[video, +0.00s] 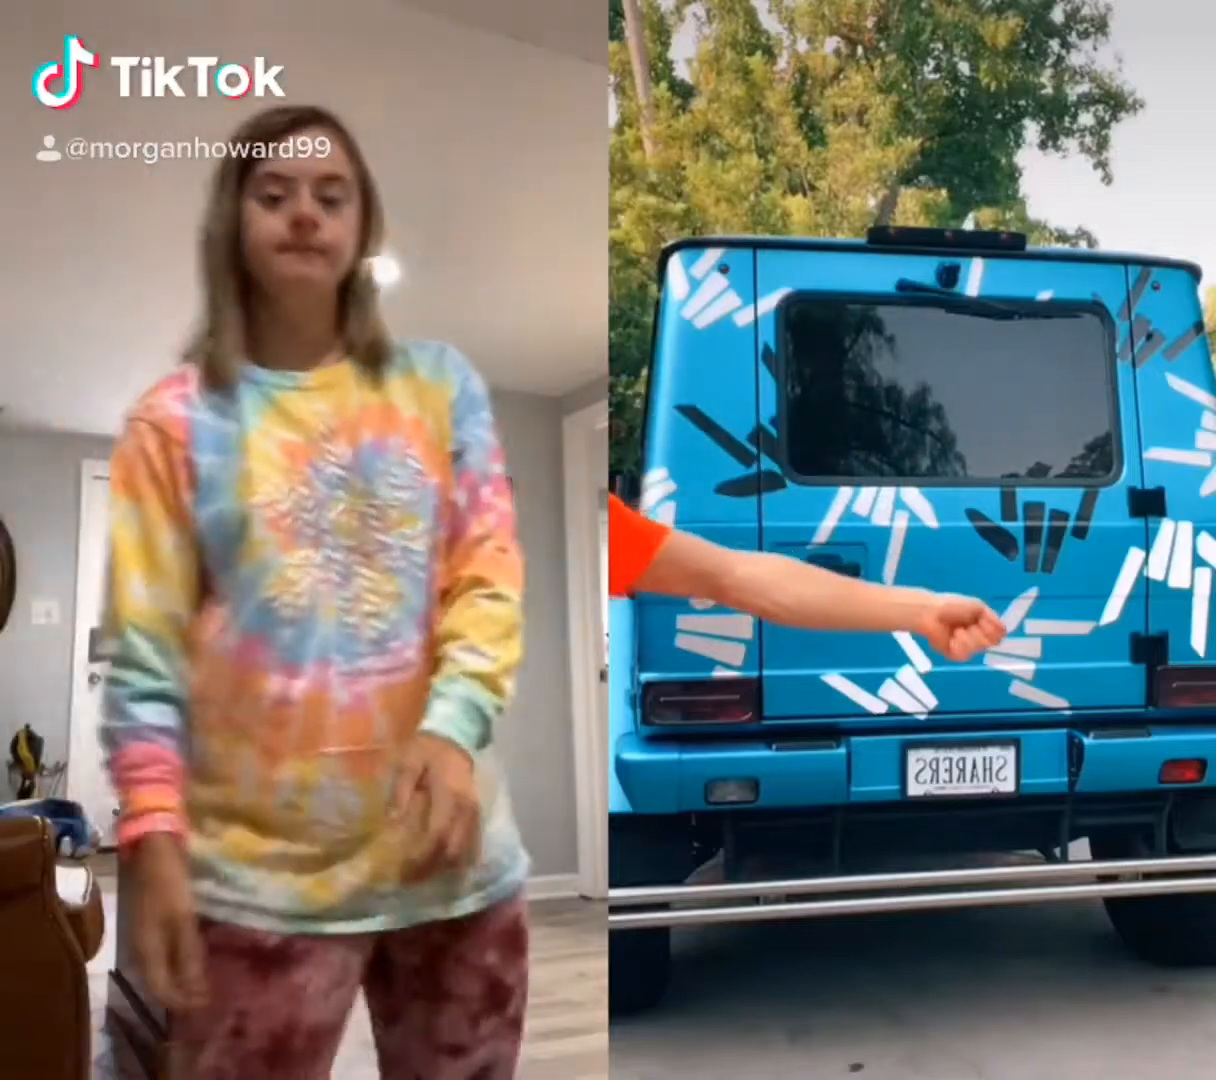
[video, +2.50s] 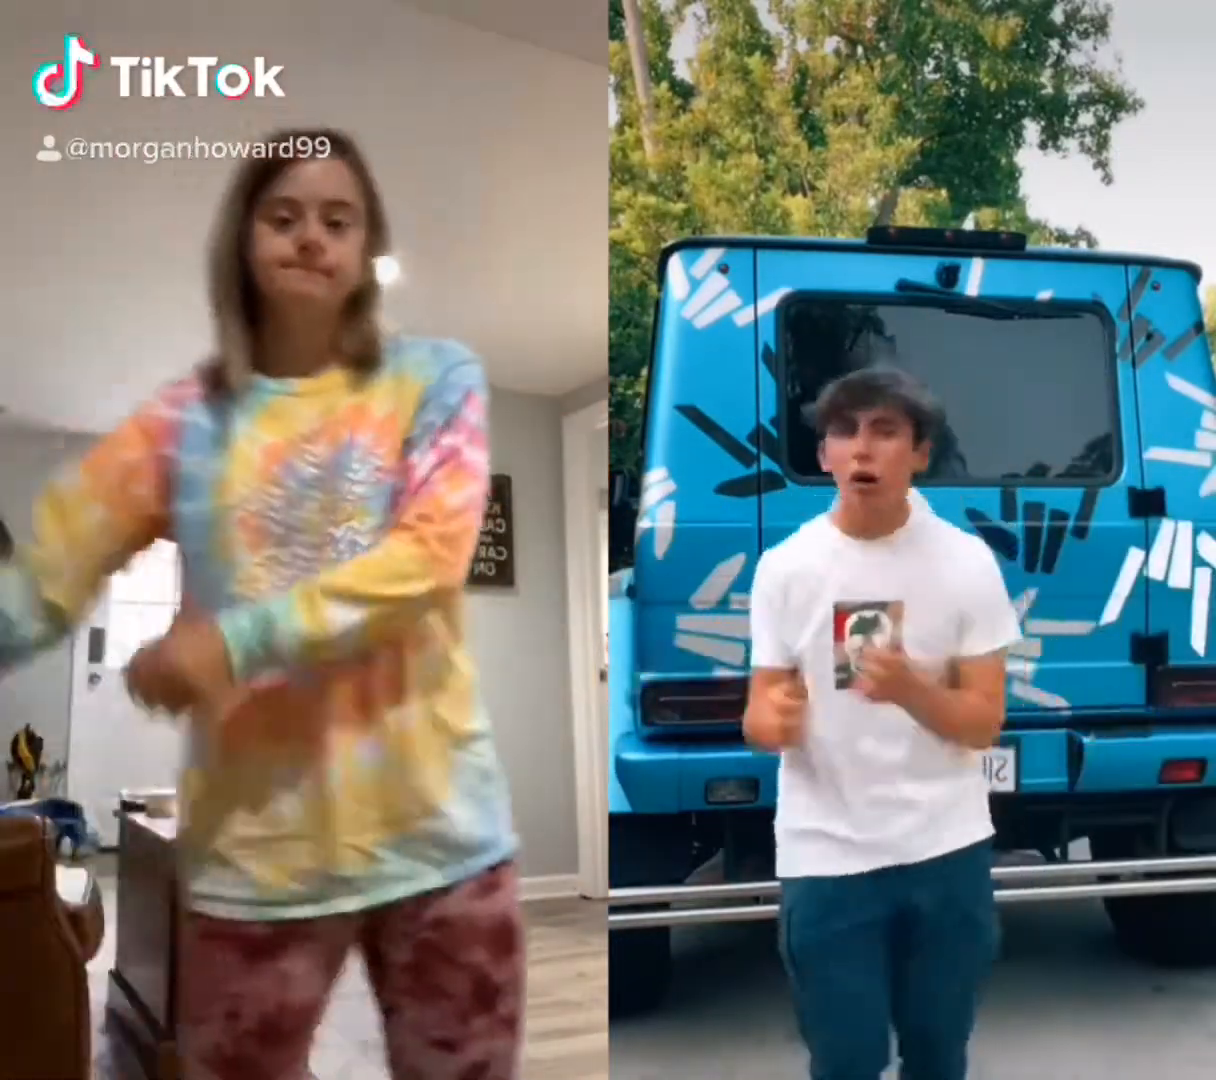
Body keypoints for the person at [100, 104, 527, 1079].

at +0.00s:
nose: (305, 215)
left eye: (331, 193)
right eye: (273, 193)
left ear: (364, 226)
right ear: (231, 223)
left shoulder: (443, 390)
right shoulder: (175, 422)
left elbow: (488, 585)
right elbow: (141, 652)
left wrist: (454, 728)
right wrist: (154, 844)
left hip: (449, 869)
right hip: (257, 885)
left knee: (468, 1068)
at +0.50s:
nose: (339, 212)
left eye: (362, 193)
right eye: (308, 195)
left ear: (394, 224)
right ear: (267, 226)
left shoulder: (462, 393)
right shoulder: (202, 403)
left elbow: (519, 606)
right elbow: (153, 627)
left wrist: (561, 780)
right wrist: (133, 814)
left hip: (450, 846)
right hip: (270, 856)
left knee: (435, 1075)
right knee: (260, 1071)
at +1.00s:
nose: (216, 216)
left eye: (241, 194)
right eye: (185, 192)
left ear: (273, 227)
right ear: (140, 218)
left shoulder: (301, 414)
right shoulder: (80, 351)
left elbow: (329, 622)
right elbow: (136, 553)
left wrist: (327, 757)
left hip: (284, 829)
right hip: (117, 843)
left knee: (349, 1067)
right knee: (127, 1073)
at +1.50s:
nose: (170, 205)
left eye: (195, 184)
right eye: (138, 180)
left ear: (220, 213)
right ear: (90, 203)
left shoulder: (215, 358)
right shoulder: (77, 319)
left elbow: (372, 445)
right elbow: (295, 386)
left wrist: (456, 313)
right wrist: (534, 445)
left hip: (257, 802)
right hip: (102, 812)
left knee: (302, 1069)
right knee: (120, 1072)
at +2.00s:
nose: (170, 216)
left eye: (197, 196)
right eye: (141, 191)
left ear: (226, 228)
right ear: (94, 214)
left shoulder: (264, 397)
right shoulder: (51, 340)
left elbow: (398, 511)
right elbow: (194, 488)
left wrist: (537, 619)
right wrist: (405, 595)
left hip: (293, 820)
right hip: (116, 832)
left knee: (360, 1065)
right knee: (137, 1070)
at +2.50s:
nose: (311, 239)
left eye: (338, 219)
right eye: (285, 214)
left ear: (371, 250)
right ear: (241, 238)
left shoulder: (436, 381)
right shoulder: (184, 423)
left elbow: (427, 564)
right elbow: (39, 577)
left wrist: (232, 640)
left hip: (439, 842)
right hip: (253, 857)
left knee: (465, 1072)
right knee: (233, 1069)